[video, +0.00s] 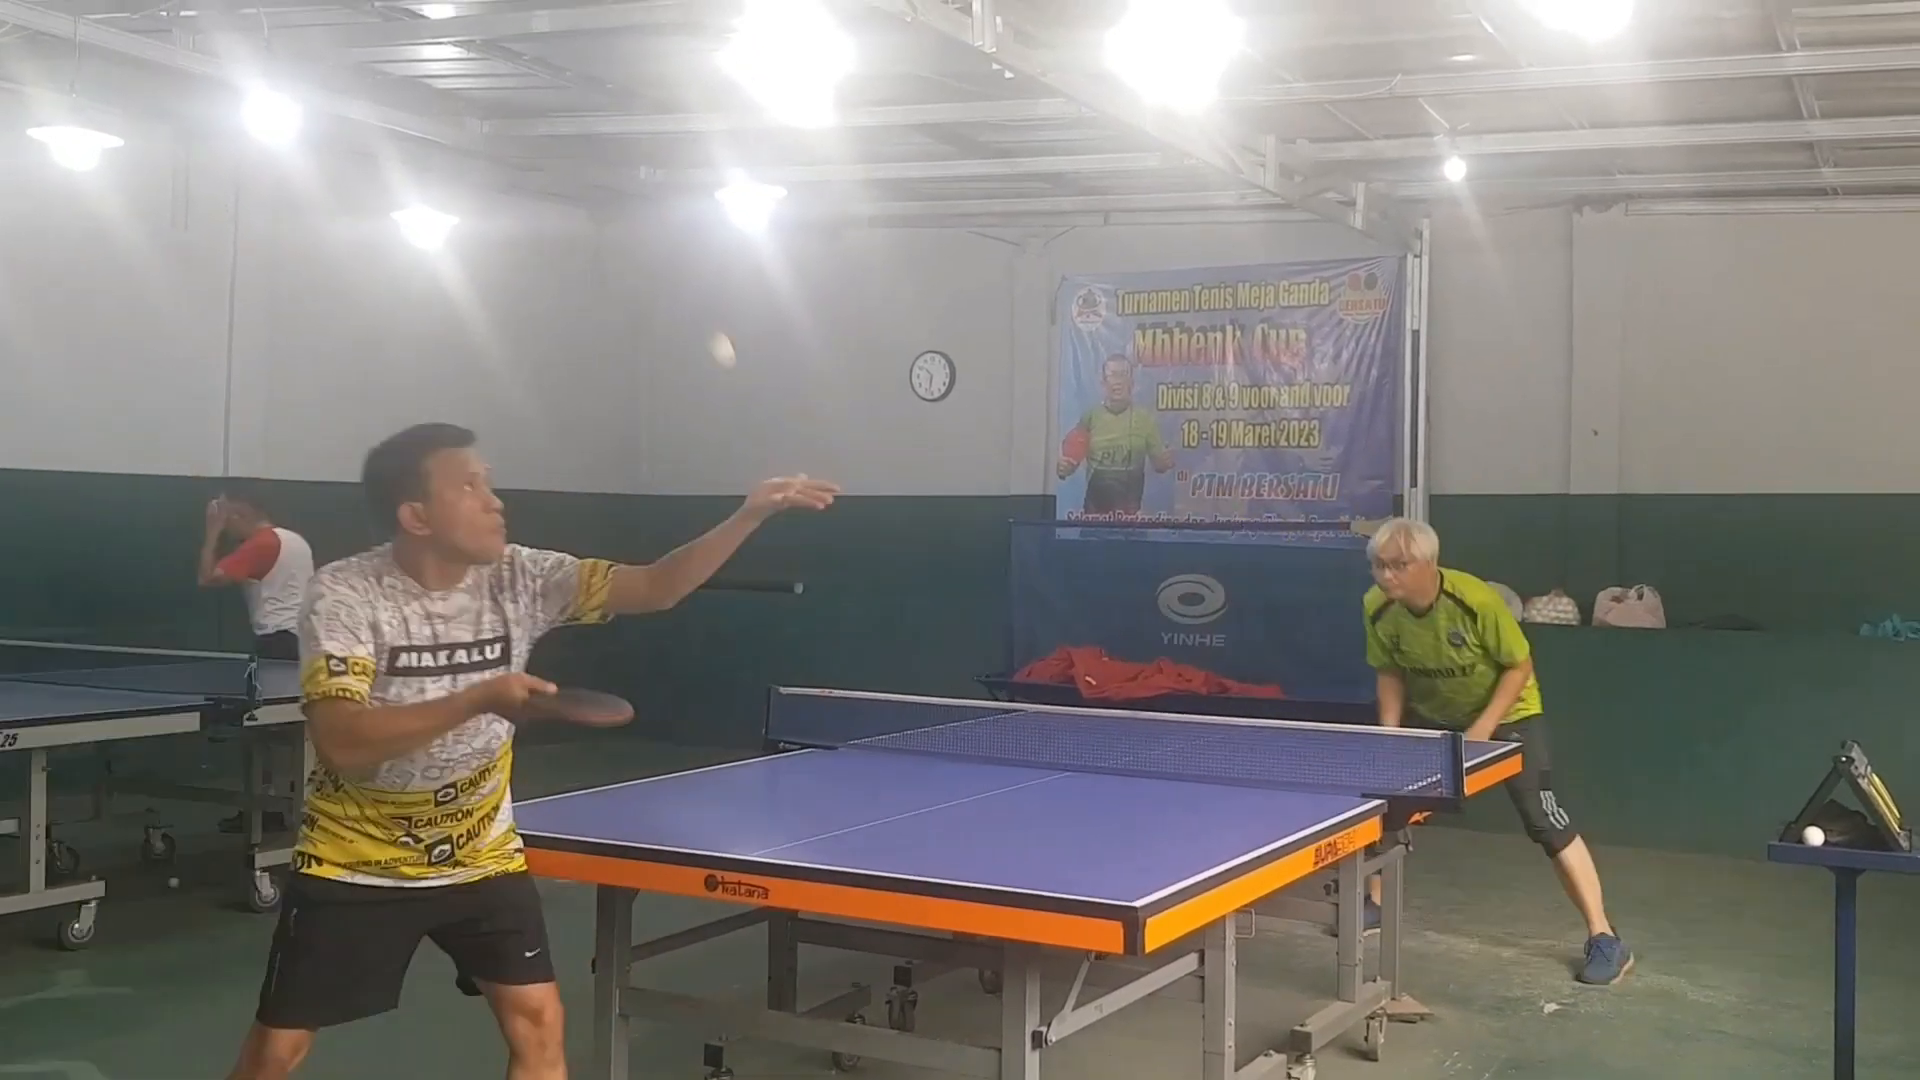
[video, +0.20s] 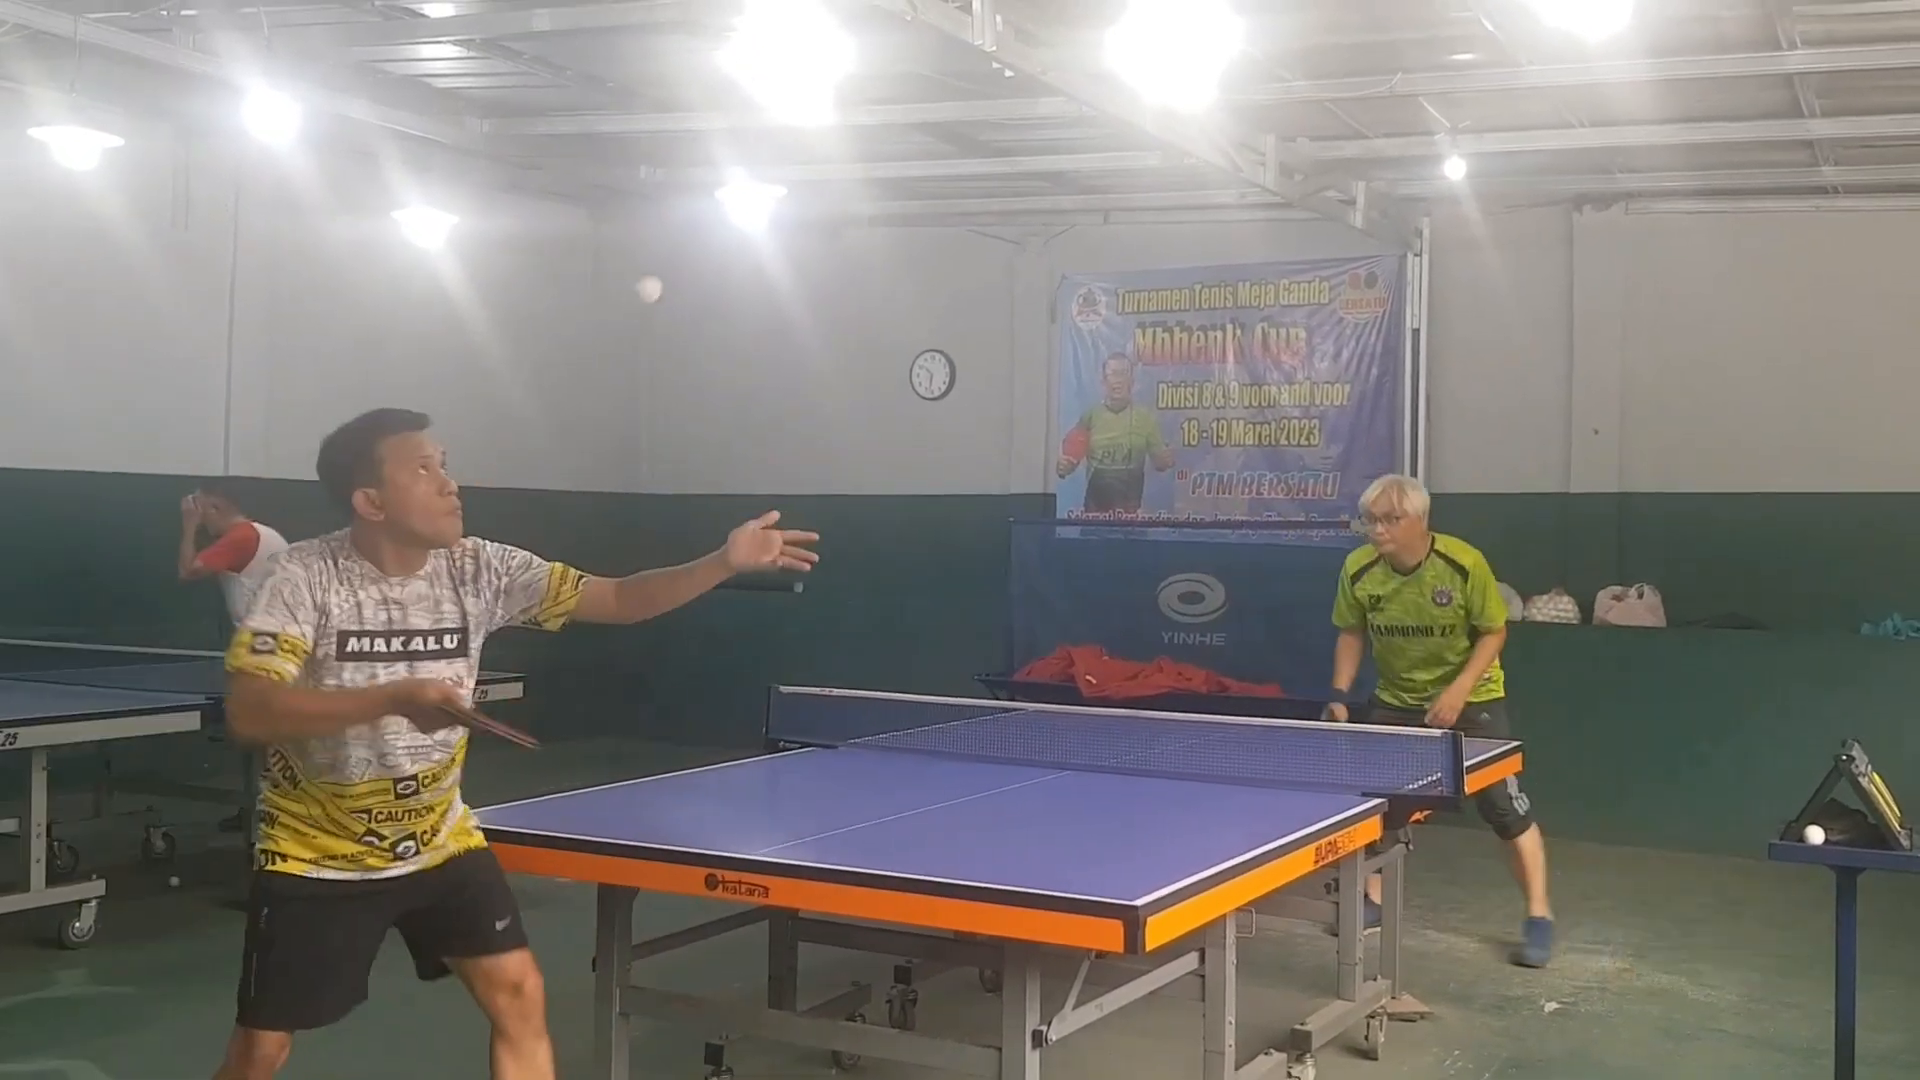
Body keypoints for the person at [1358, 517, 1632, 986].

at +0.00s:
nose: (1383, 576)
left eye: (1394, 566)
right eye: (1378, 566)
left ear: (1425, 566)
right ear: (1375, 568)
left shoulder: (1475, 600)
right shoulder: (1377, 608)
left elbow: (1520, 666)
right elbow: (1389, 675)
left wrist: (1483, 727)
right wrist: (1388, 741)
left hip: (1508, 715)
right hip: (1430, 719)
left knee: (1542, 817)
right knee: (1378, 805)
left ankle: (1603, 936)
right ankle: (1369, 904)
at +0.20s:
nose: (1376, 530)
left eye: (1387, 520)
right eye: (1371, 521)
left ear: (1418, 520)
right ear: (1366, 523)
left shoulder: (1465, 565)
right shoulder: (1357, 570)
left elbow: (1494, 632)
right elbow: (1352, 633)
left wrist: (1458, 691)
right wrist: (1339, 696)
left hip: (1472, 700)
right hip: (1394, 702)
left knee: (1504, 803)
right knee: (1367, 797)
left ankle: (1539, 915)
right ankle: (1370, 898)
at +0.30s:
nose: (1377, 521)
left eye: (1388, 511)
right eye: (1372, 511)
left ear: (1419, 512)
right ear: (1367, 515)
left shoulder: (1466, 558)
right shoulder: (1358, 563)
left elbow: (1492, 626)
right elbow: (1346, 622)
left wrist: (1449, 678)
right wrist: (1324, 678)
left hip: (1465, 698)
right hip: (1388, 695)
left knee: (1488, 804)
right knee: (1355, 787)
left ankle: (1503, 917)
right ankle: (1360, 891)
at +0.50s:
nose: (1361, 523)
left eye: (1373, 513)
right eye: (1356, 513)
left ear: (1403, 514)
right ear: (1352, 517)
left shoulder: (1448, 560)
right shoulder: (1343, 564)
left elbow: (1479, 627)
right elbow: (1327, 625)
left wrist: (1440, 675)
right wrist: (1296, 667)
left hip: (1447, 704)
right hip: (1369, 701)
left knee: (1485, 806)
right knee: (1321, 785)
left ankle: (1506, 918)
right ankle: (1308, 897)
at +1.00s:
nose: (1428, 530)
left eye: (1439, 519)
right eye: (1421, 520)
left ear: (1467, 516)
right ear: (1414, 521)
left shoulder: (1518, 555)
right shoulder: (1407, 573)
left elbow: (1555, 626)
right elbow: (1424, 649)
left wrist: (1522, 652)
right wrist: (1413, 670)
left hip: (1511, 710)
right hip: (1433, 710)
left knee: (1545, 822)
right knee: (1365, 791)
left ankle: (1577, 931)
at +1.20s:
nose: (1467, 513)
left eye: (1479, 501)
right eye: (1458, 503)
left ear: (1507, 499)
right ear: (1450, 503)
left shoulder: (1544, 527)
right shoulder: (1444, 555)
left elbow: (1593, 576)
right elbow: (1481, 605)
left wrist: (1598, 594)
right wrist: (1496, 641)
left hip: (1546, 699)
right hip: (1475, 701)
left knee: (1575, 813)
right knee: (1441, 797)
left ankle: (1579, 927)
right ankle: (1427, 917)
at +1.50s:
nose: (1477, 499)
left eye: (1489, 489)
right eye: (1468, 490)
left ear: (1516, 493)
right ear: (1459, 495)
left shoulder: (1549, 532)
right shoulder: (1445, 557)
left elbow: (1594, 578)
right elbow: (1462, 629)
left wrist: (1615, 571)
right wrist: (1452, 634)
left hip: (1547, 698)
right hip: (1478, 703)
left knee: (1599, 806)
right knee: (1491, 814)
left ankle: (1580, 919)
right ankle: (1494, 938)